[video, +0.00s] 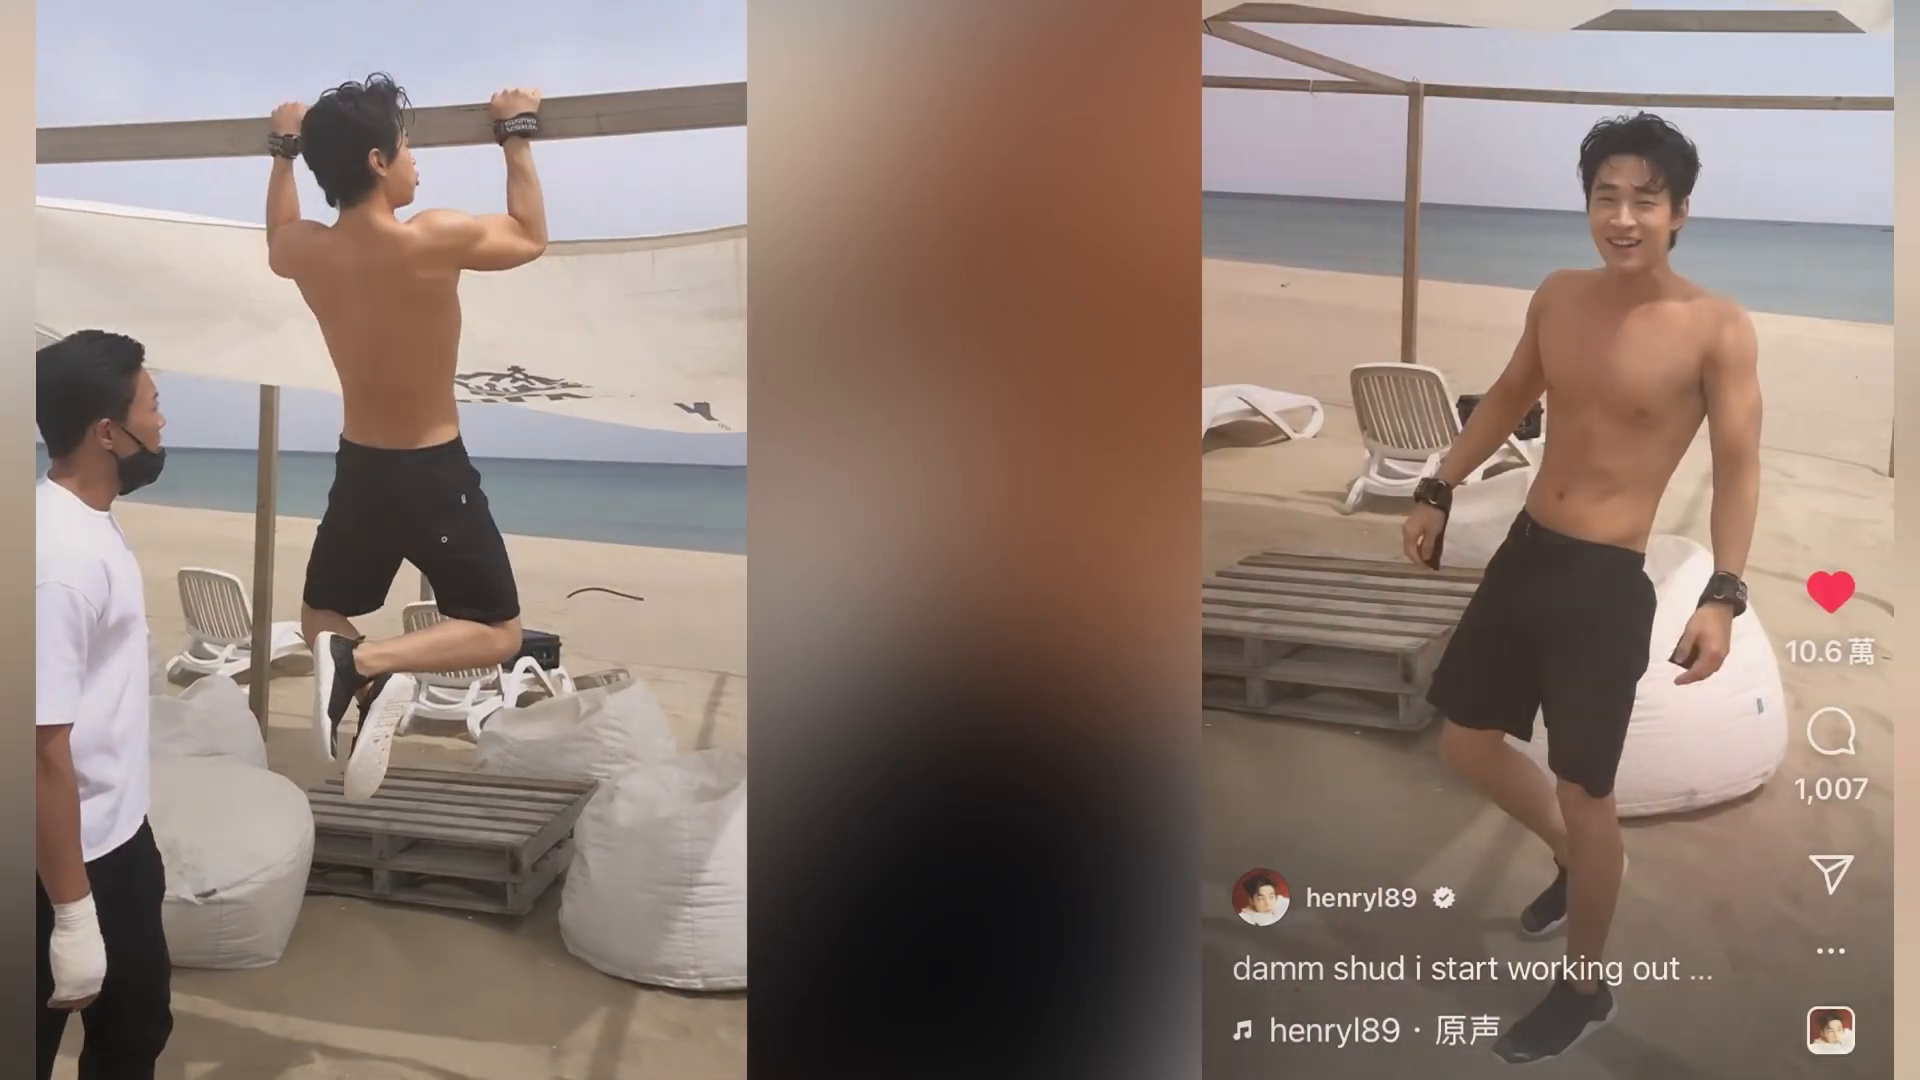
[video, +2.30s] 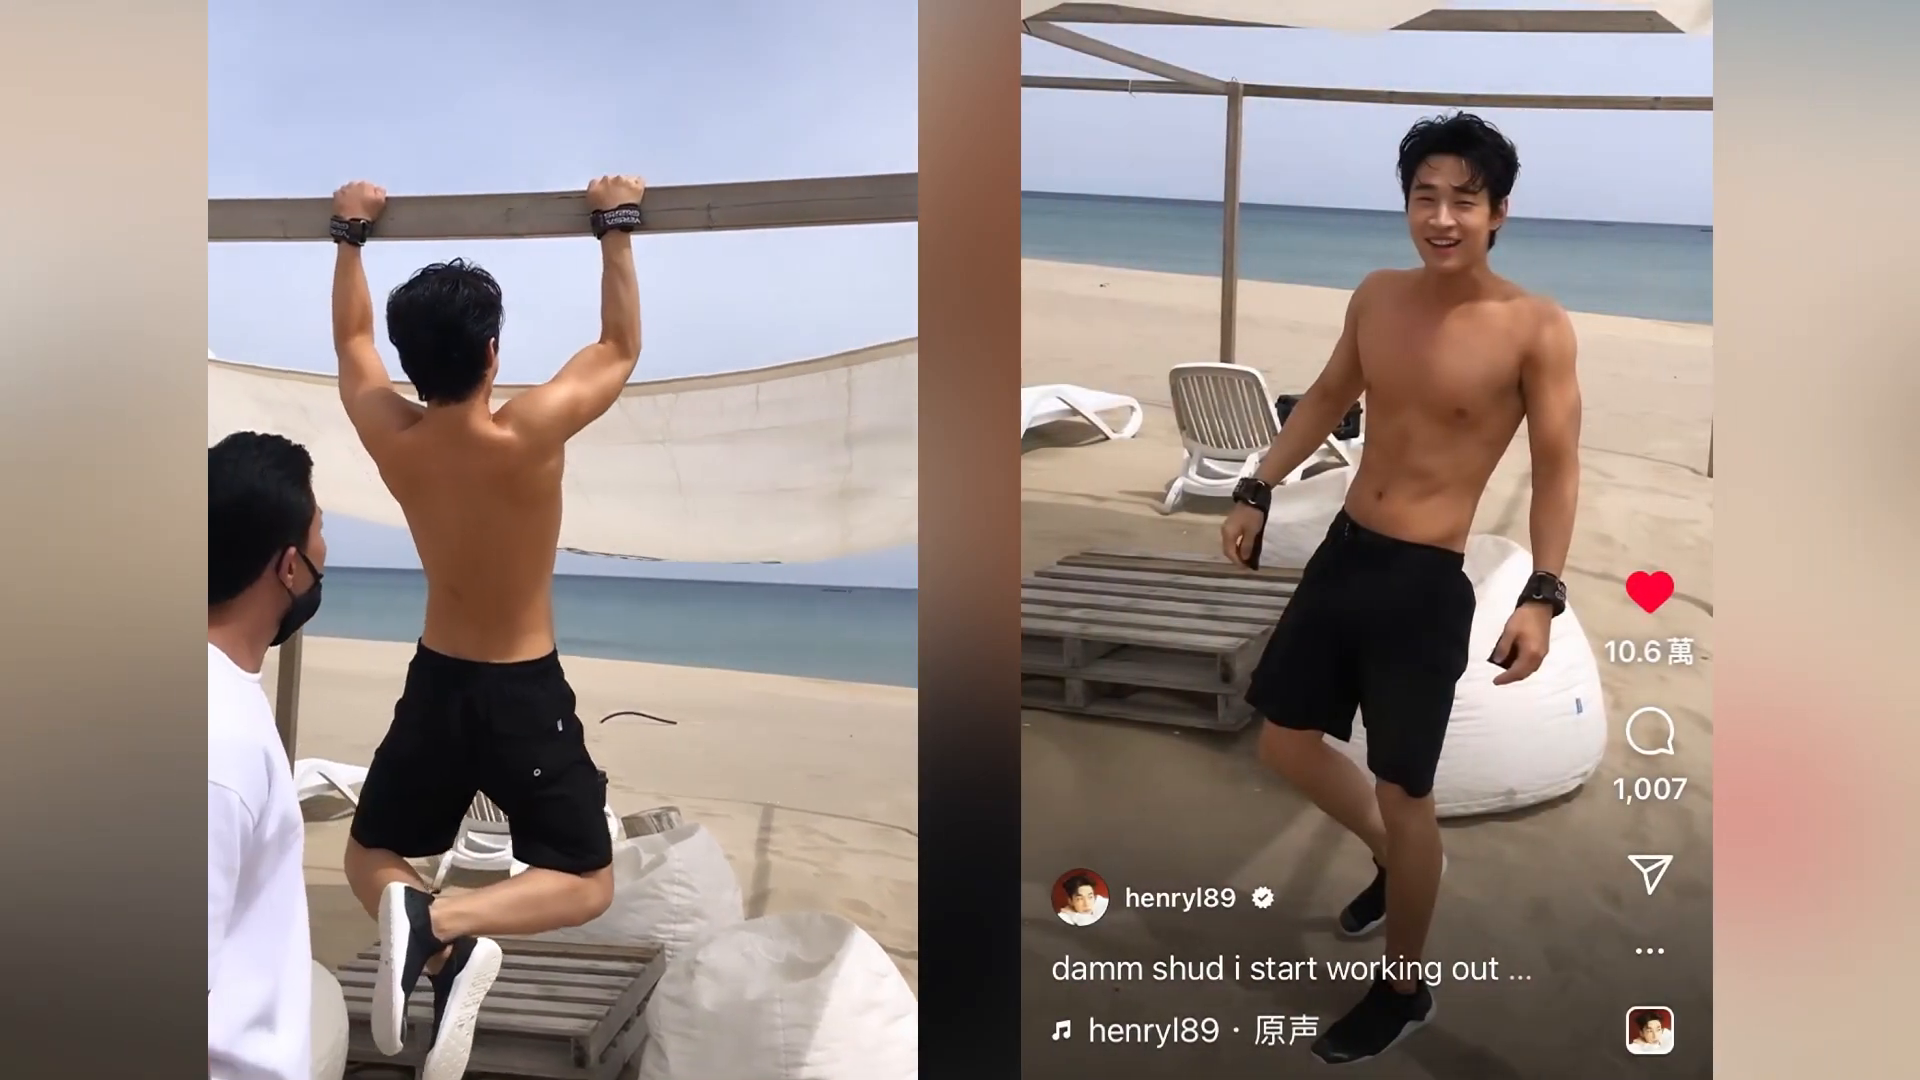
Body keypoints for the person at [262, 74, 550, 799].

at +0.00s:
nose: (414, 157)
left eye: (408, 142)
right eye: (404, 145)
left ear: (333, 169)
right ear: (378, 161)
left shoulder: (308, 250)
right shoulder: (433, 237)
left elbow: (281, 238)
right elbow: (529, 235)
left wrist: (282, 152)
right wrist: (519, 135)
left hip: (360, 475)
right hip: (436, 476)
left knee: (323, 614)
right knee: (500, 632)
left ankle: (370, 706)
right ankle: (363, 660)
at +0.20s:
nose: (489, 224)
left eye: (484, 214)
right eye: (485, 215)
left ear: (407, 241)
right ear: (477, 233)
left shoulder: (401, 314)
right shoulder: (523, 299)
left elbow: (371, 248)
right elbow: (606, 248)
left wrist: (362, 160)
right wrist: (600, 144)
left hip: (454, 529)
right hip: (529, 529)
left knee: (411, 659)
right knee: (592, 683)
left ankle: (470, 749)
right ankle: (450, 719)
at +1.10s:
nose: (494, 111)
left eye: (489, 100)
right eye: (491, 100)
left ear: (397, 123)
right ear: (481, 113)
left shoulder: (366, 213)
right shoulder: (521, 206)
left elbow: (343, 287)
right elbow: (618, 276)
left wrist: (351, 182)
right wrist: (611, 165)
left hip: (434, 489)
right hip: (523, 484)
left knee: (404, 651)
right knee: (621, 648)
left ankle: (479, 733)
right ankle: (468, 701)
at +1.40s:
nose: (459, 95)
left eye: (448, 83)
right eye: (457, 84)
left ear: (363, 104)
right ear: (448, 98)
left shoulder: (327, 201)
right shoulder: (490, 193)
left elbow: (295, 294)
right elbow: (579, 289)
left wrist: (311, 185)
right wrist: (575, 180)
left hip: (377, 488)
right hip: (474, 487)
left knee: (328, 674)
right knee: (569, 675)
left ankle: (421, 770)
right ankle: (398, 719)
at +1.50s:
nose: (445, 123)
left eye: (437, 111)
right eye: (443, 111)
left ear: (345, 133)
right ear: (434, 125)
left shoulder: (313, 228)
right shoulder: (481, 224)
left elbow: (282, 302)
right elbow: (575, 297)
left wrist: (294, 194)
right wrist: (568, 184)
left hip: (364, 517)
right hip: (462, 518)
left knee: (310, 709)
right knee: (551, 714)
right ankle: (376, 752)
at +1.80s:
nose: (428, 243)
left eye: (420, 232)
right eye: (425, 232)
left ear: (335, 256)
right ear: (418, 248)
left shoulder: (312, 350)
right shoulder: (466, 337)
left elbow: (279, 309)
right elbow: (568, 317)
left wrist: (282, 211)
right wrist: (557, 204)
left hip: (358, 615)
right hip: (450, 619)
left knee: (293, 791)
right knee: (518, 827)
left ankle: (333, 903)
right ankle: (337, 850)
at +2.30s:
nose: (500, 340)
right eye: (495, 331)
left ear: (411, 357)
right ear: (492, 350)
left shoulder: (394, 434)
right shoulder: (538, 423)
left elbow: (356, 341)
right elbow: (619, 345)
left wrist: (347, 236)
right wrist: (616, 227)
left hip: (438, 687)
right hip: (527, 693)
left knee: (372, 851)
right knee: (585, 883)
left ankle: (445, 956)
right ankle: (433, 919)